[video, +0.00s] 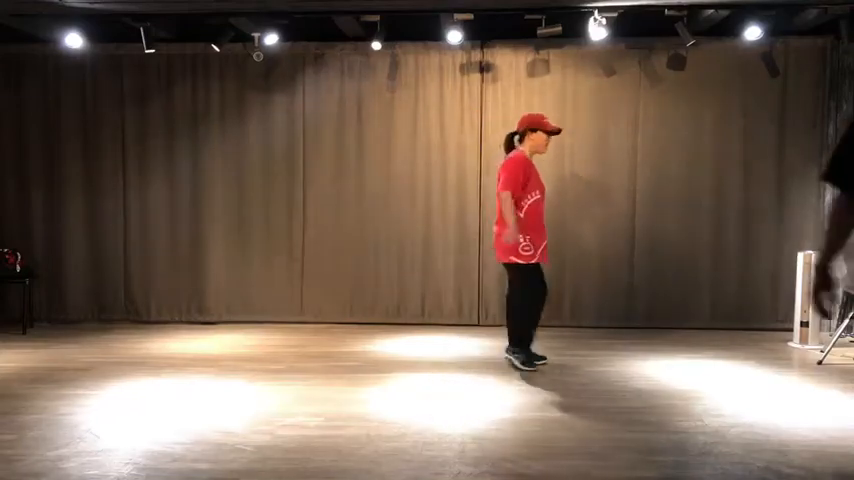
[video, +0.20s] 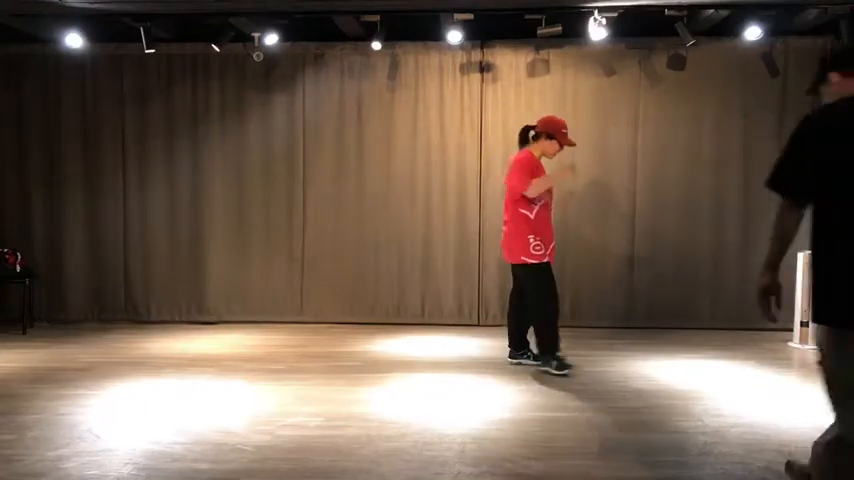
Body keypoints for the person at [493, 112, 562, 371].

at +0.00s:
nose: (548, 142)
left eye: (549, 137)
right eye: (546, 136)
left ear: (532, 137)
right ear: (530, 136)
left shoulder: (526, 162)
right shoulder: (516, 161)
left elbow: (521, 200)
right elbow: (505, 195)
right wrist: (512, 228)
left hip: (526, 244)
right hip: (517, 244)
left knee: (529, 291)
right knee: (532, 290)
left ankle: (522, 345)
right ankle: (517, 347)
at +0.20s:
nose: (560, 150)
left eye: (561, 145)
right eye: (559, 144)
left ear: (545, 139)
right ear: (545, 139)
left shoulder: (531, 162)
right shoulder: (524, 161)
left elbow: (532, 195)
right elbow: (529, 190)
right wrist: (556, 177)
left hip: (528, 245)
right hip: (528, 246)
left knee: (521, 297)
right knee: (546, 300)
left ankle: (518, 348)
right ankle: (548, 354)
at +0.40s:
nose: (572, 146)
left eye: (572, 141)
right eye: (570, 140)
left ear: (552, 138)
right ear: (555, 139)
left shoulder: (540, 164)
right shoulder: (543, 167)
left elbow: (558, 206)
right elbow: (565, 206)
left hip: (537, 249)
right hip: (540, 251)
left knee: (531, 300)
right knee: (548, 306)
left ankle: (519, 350)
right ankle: (561, 359)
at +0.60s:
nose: (583, 148)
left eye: (584, 143)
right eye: (582, 143)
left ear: (565, 139)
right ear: (568, 140)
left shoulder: (557, 163)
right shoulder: (553, 166)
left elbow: (557, 209)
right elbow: (551, 211)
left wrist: (569, 244)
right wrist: (562, 247)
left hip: (560, 248)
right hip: (554, 249)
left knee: (558, 300)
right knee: (560, 304)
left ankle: (533, 341)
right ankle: (561, 360)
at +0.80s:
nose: (590, 146)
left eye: (592, 141)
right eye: (587, 140)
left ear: (576, 138)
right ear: (572, 137)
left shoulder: (577, 162)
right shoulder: (561, 166)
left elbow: (579, 204)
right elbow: (563, 208)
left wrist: (584, 240)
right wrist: (562, 243)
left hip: (581, 249)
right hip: (564, 252)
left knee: (589, 294)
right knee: (563, 304)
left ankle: (563, 344)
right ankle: (560, 358)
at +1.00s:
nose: (600, 145)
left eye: (604, 139)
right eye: (595, 139)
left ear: (606, 139)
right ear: (579, 137)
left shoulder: (602, 166)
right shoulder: (567, 166)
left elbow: (612, 201)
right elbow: (564, 207)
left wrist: (606, 230)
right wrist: (580, 240)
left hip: (596, 250)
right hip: (568, 252)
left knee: (603, 304)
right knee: (566, 308)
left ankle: (610, 353)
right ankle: (562, 360)